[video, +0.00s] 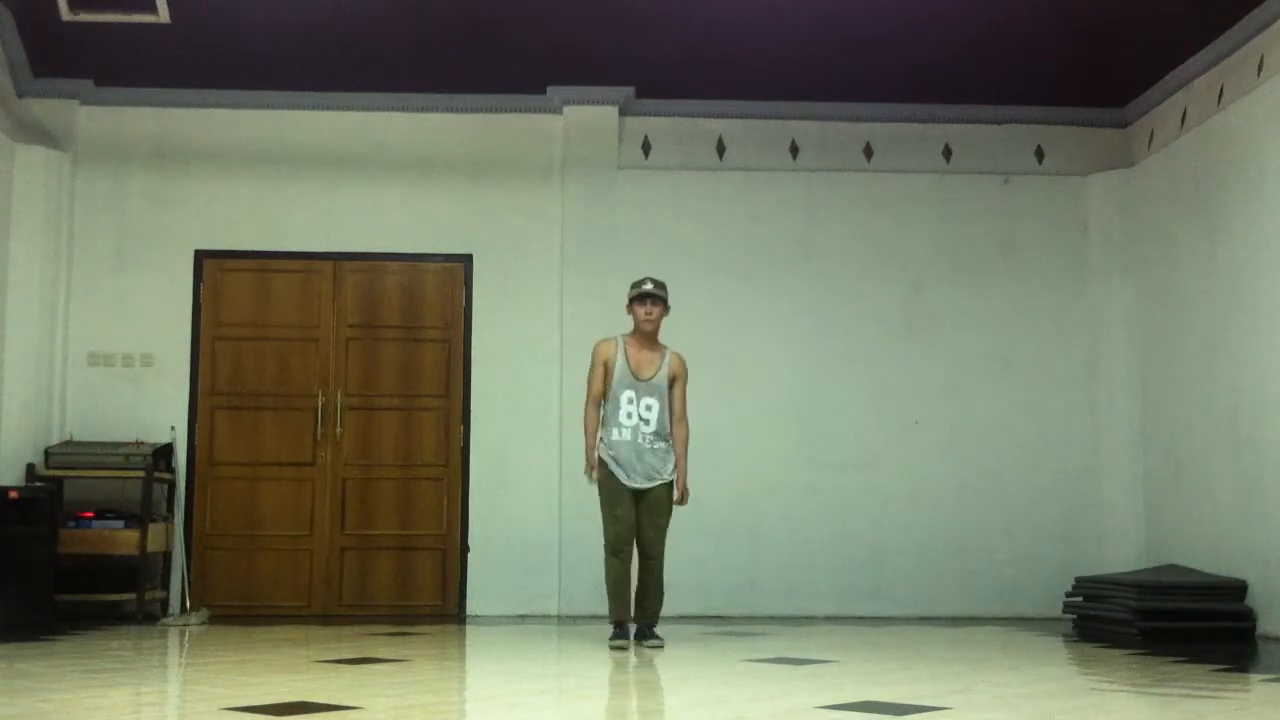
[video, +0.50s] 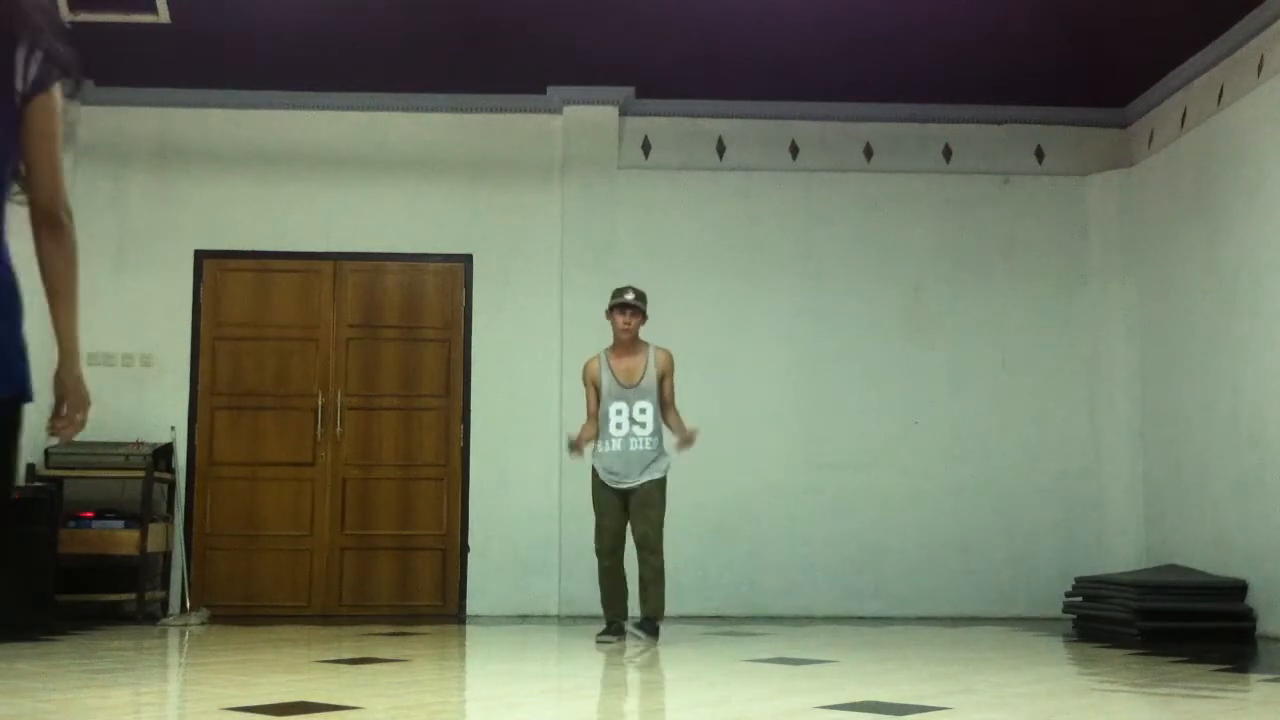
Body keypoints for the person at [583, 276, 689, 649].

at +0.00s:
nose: (648, 308)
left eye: (655, 302)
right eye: (641, 301)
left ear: (665, 310)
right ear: (630, 308)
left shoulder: (674, 363)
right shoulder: (607, 350)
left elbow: (679, 421)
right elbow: (593, 403)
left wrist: (681, 473)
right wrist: (591, 451)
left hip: (659, 470)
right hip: (614, 467)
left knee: (652, 549)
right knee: (618, 546)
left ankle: (647, 624)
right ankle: (620, 624)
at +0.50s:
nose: (626, 317)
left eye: (634, 312)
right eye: (620, 311)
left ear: (643, 318)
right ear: (610, 316)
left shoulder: (660, 359)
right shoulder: (594, 367)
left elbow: (668, 407)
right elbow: (592, 419)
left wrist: (681, 431)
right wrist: (582, 438)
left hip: (648, 472)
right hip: (607, 473)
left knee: (648, 546)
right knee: (608, 550)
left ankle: (650, 621)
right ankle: (614, 622)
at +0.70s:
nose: (636, 325)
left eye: (643, 320)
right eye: (630, 318)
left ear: (651, 325)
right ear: (618, 319)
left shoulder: (660, 366)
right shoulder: (595, 365)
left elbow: (676, 416)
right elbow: (580, 419)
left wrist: (707, 394)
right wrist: (567, 392)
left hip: (653, 472)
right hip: (609, 473)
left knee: (663, 540)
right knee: (609, 549)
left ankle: (676, 615)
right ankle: (614, 624)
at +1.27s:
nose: (668, 335)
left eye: (676, 329)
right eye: (663, 328)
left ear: (685, 335)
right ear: (653, 330)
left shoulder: (695, 376)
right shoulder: (631, 372)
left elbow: (720, 421)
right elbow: (604, 413)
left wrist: (742, 388)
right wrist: (594, 373)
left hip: (689, 484)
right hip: (643, 482)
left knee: (714, 548)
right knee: (624, 547)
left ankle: (716, 621)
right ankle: (615, 623)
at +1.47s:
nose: (678, 328)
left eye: (687, 323)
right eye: (674, 321)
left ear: (699, 328)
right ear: (667, 324)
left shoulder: (713, 366)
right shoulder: (649, 358)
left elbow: (748, 399)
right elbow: (604, 383)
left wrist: (761, 431)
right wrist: (609, 405)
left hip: (698, 480)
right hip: (652, 476)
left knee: (714, 550)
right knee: (631, 546)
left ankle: (716, 619)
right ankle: (616, 622)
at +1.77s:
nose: (704, 326)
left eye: (712, 321)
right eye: (700, 320)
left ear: (727, 327)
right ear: (694, 324)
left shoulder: (739, 374)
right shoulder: (675, 361)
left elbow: (748, 427)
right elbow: (635, 401)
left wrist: (748, 475)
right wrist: (624, 451)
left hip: (716, 483)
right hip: (670, 477)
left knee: (726, 553)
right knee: (641, 547)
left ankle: (718, 621)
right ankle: (620, 618)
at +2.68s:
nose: (657, 320)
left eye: (665, 314)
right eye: (651, 313)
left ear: (674, 320)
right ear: (641, 319)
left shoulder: (693, 358)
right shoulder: (630, 373)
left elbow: (701, 416)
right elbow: (628, 430)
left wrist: (697, 467)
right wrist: (624, 483)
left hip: (694, 475)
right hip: (650, 477)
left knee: (711, 551)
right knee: (646, 552)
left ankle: (718, 620)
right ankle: (648, 622)